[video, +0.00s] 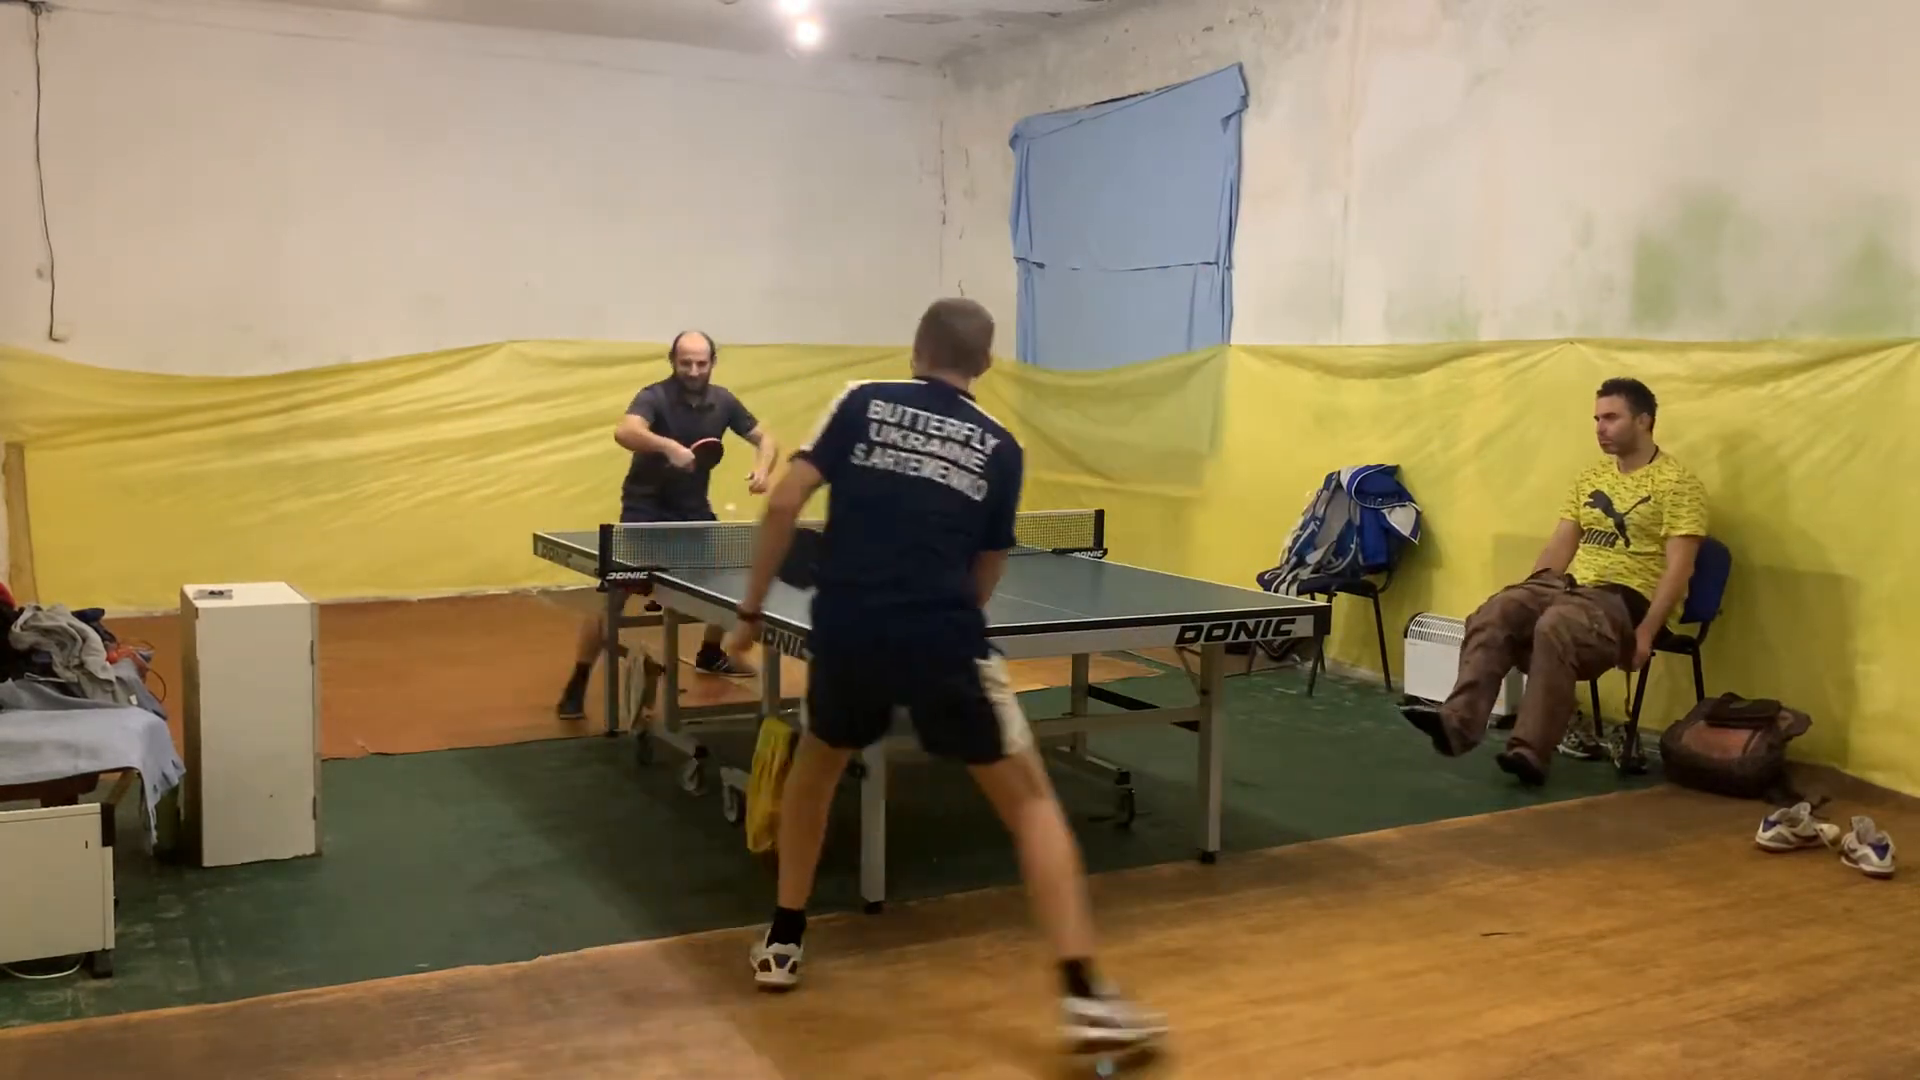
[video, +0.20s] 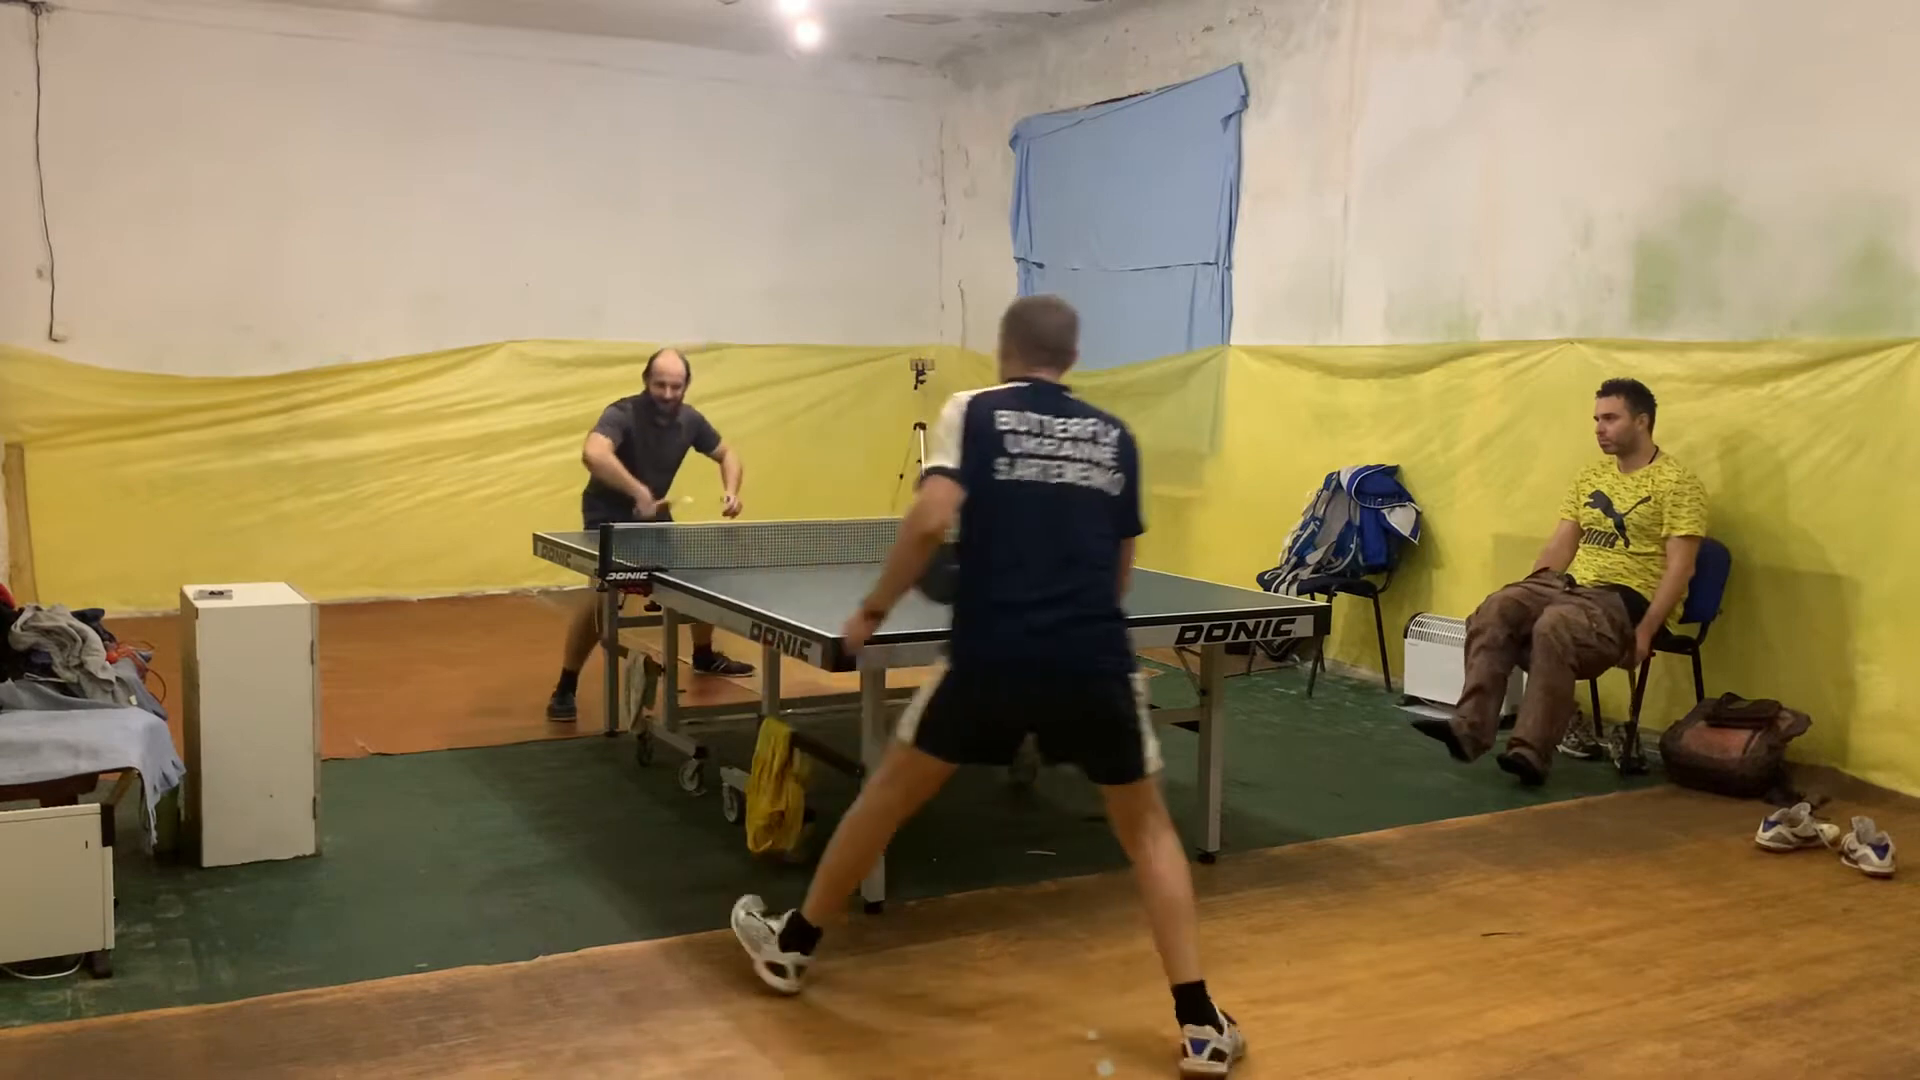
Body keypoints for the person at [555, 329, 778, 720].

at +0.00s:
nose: (694, 370)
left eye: (701, 363)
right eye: (686, 363)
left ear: (712, 363)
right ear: (673, 363)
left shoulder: (722, 400)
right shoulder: (654, 396)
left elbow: (765, 439)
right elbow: (625, 432)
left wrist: (763, 467)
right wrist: (668, 446)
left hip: (695, 512)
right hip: (645, 511)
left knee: (731, 579)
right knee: (615, 596)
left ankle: (711, 652)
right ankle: (578, 681)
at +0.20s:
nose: (668, 394)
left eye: (677, 386)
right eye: (660, 385)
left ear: (687, 386)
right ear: (646, 381)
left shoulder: (691, 421)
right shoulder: (623, 413)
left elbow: (727, 456)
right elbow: (595, 453)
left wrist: (731, 491)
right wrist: (640, 492)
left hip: (655, 519)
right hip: (608, 518)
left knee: (698, 578)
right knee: (601, 598)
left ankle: (704, 655)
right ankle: (566, 687)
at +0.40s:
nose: (646, 373)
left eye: (654, 365)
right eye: (638, 364)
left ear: (664, 365)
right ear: (622, 362)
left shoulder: (679, 396)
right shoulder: (602, 405)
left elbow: (724, 420)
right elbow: (559, 447)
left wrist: (758, 459)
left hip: (674, 520)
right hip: (621, 524)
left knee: (709, 592)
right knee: (602, 601)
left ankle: (670, 647)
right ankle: (566, 685)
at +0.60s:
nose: (671, 358)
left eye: (678, 351)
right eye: (663, 351)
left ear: (687, 352)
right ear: (648, 353)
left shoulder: (706, 391)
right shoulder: (629, 398)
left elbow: (757, 418)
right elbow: (592, 440)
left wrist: (786, 448)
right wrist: (554, 462)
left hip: (699, 508)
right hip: (646, 510)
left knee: (727, 573)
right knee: (618, 587)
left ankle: (725, 639)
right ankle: (595, 663)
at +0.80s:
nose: (679, 338)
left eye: (686, 331)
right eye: (671, 332)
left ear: (695, 332)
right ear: (657, 333)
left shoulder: (715, 368)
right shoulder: (639, 376)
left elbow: (759, 407)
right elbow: (596, 414)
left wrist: (745, 443)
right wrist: (605, 430)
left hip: (708, 485)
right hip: (656, 487)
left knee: (743, 558)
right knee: (624, 565)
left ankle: (734, 632)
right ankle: (601, 653)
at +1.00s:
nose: (690, 361)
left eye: (697, 354)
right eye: (682, 354)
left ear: (706, 354)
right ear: (669, 355)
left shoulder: (722, 389)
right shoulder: (652, 392)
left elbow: (746, 429)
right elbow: (614, 445)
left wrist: (730, 478)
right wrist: (630, 483)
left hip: (708, 497)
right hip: (658, 500)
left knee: (751, 559)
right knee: (624, 571)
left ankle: (768, 633)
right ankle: (604, 650)